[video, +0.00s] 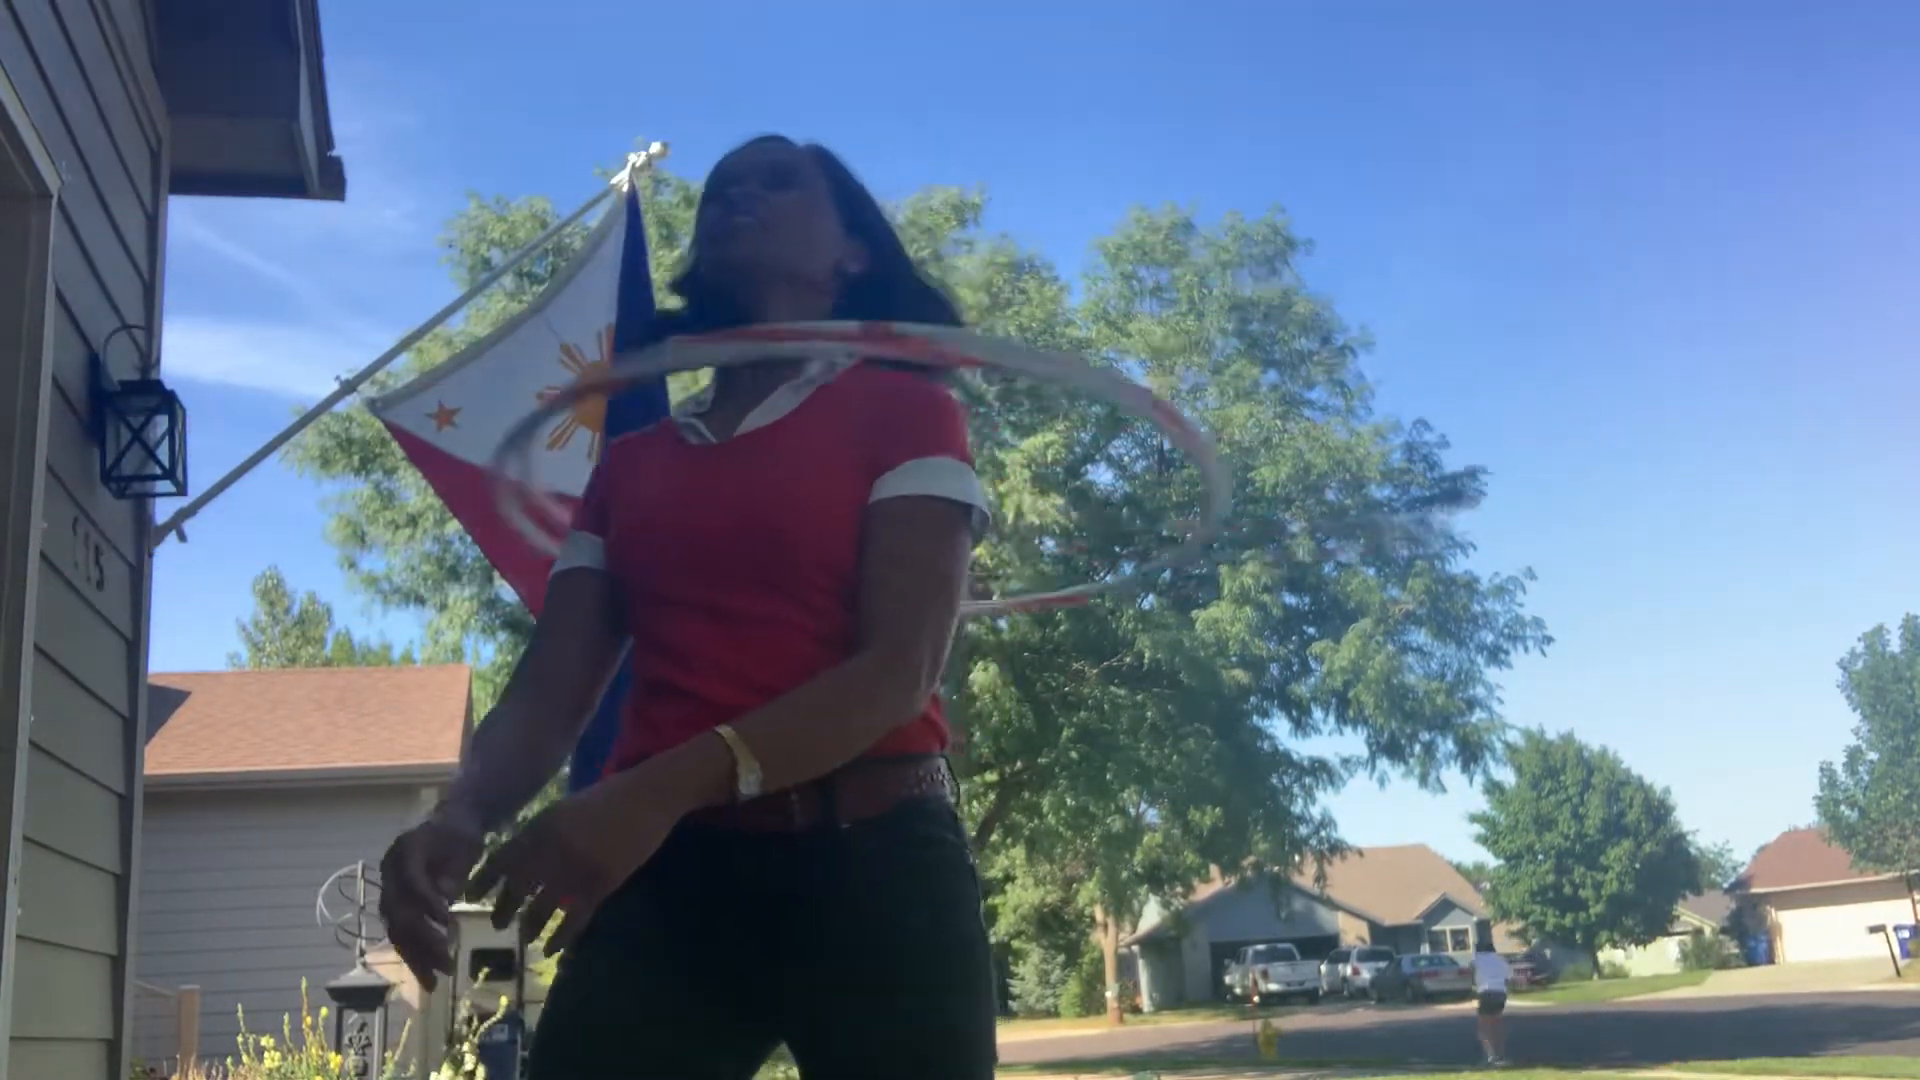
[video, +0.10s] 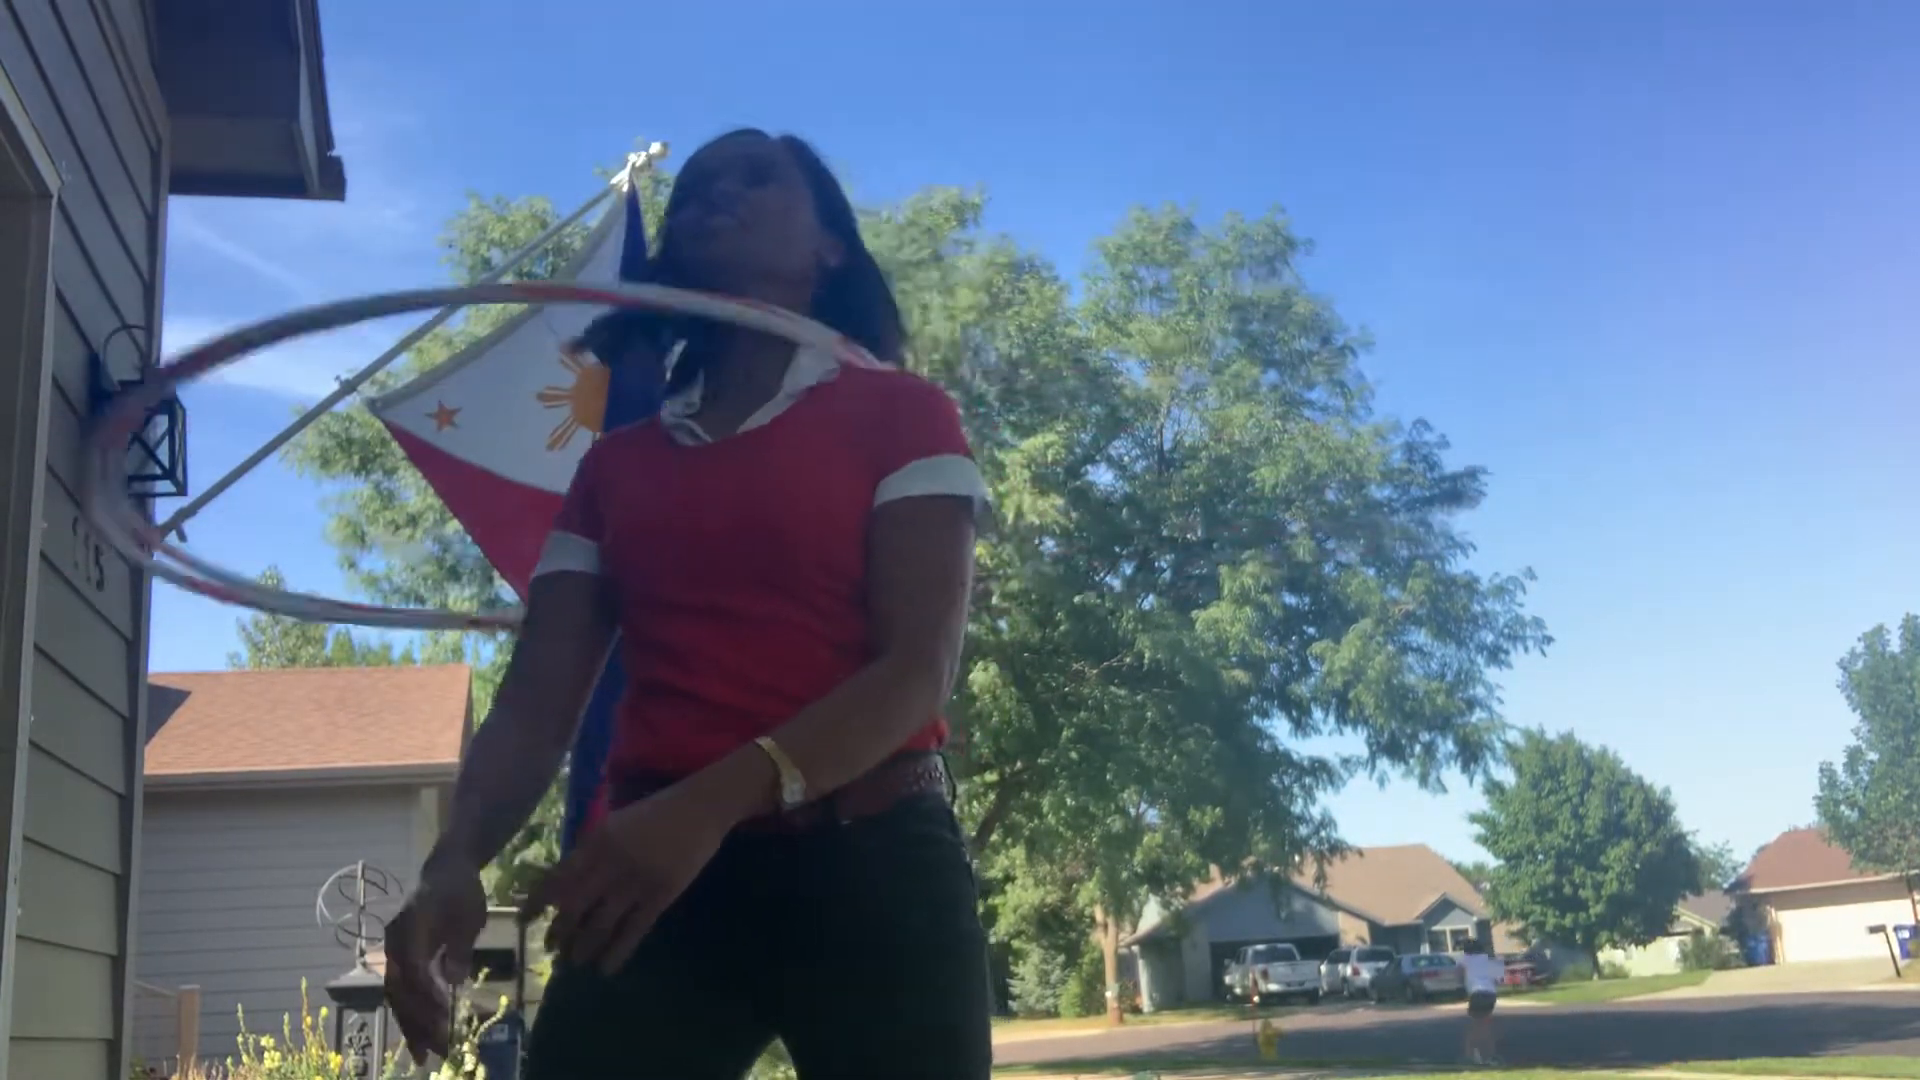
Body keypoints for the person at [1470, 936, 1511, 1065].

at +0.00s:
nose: (1478, 952)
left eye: (1477, 950)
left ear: (1479, 949)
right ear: (1492, 948)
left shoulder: (1477, 959)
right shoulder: (1499, 959)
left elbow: (1471, 973)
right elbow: (1509, 974)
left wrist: (1474, 984)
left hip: (1485, 991)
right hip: (1500, 991)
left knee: (1483, 1026)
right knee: (1497, 1023)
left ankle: (1491, 1055)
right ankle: (1501, 1055)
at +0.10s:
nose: (1465, 953)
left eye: (1465, 950)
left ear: (1466, 950)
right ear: (1480, 948)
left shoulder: (1465, 959)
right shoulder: (1486, 959)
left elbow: (1458, 974)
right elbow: (1498, 977)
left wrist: (1462, 982)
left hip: (1476, 992)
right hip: (1490, 992)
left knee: (1474, 1024)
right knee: (1485, 1024)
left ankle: (1470, 1055)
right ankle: (1489, 1055)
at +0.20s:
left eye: (1454, 951)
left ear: (1454, 951)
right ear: (1468, 950)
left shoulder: (1453, 962)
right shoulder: (1477, 962)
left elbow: (1449, 979)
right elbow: (1488, 978)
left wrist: (1450, 986)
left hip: (1464, 996)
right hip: (1480, 995)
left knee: (1462, 1026)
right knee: (1475, 1026)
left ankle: (1463, 1055)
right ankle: (1479, 1055)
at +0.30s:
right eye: (1456, 949)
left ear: (1443, 952)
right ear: (1456, 951)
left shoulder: (1442, 963)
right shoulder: (1463, 962)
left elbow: (1438, 979)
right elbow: (1472, 978)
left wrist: (1438, 985)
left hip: (1454, 998)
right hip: (1469, 997)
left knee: (1455, 1028)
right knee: (1464, 1026)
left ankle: (1458, 1057)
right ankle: (1467, 1054)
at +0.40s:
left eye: (1434, 951)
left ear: (1434, 951)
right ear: (1447, 950)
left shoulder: (1433, 964)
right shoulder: (1455, 963)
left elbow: (1426, 980)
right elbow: (1464, 977)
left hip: (1442, 996)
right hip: (1457, 995)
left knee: (1450, 1026)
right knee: (1447, 1025)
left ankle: (1458, 1056)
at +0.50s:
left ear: (1424, 951)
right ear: (1436, 949)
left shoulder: (1422, 961)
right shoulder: (1444, 960)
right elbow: (1454, 975)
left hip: (1429, 994)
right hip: (1445, 993)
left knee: (1440, 1024)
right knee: (1435, 1023)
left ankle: (1453, 1056)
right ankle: (1436, 1055)